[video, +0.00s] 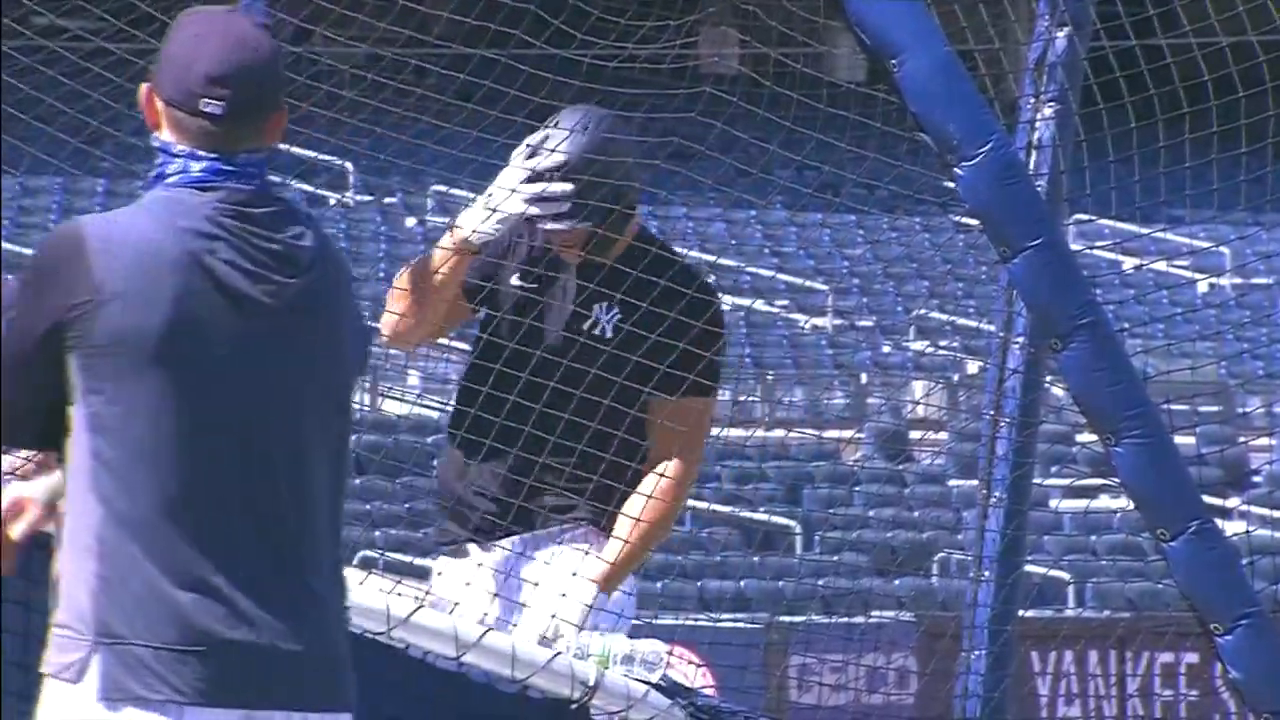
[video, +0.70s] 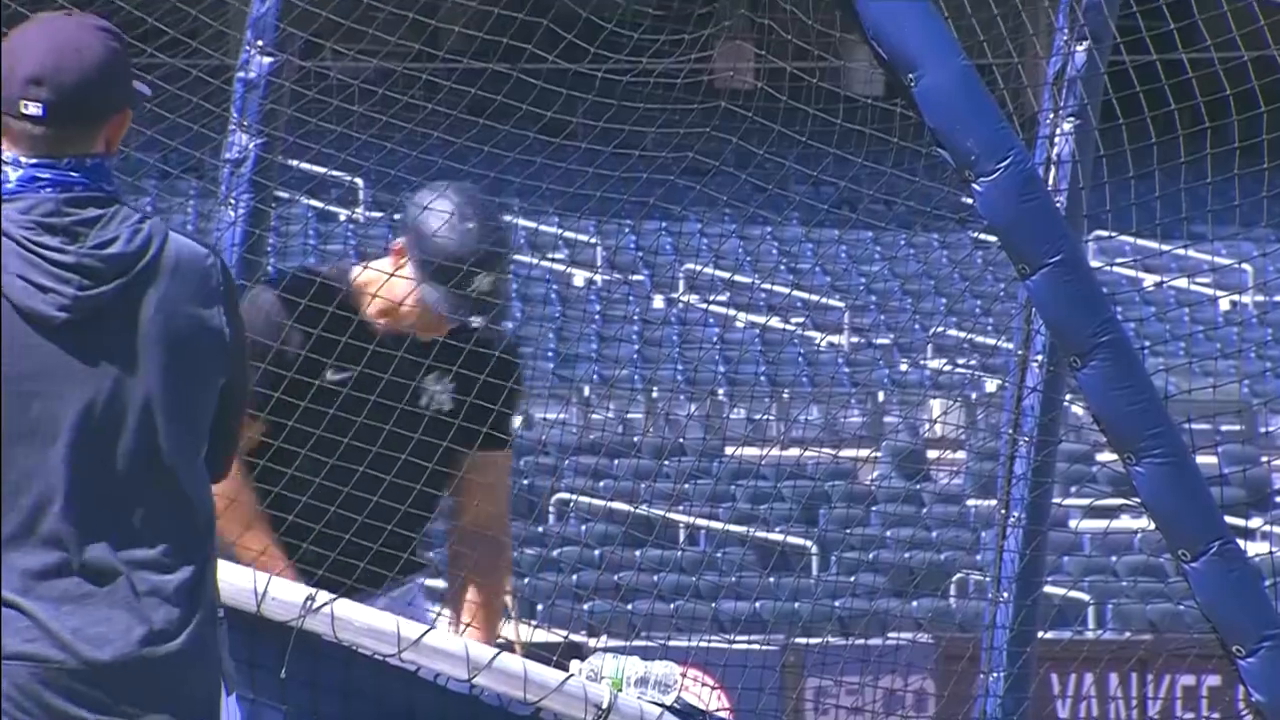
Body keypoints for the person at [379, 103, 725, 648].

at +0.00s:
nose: (552, 231)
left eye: (567, 216)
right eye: (543, 213)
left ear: (615, 207)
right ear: (526, 200)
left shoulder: (678, 298)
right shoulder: (516, 248)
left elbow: (673, 460)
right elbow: (398, 328)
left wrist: (594, 585)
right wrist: (485, 218)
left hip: (577, 543)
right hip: (471, 532)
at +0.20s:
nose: (555, 244)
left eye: (574, 233)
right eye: (545, 227)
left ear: (614, 217)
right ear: (528, 200)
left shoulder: (660, 304)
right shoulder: (482, 238)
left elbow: (639, 481)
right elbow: (381, 330)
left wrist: (581, 617)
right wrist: (475, 233)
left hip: (544, 548)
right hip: (426, 537)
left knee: (535, 702)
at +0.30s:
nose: (561, 251)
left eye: (580, 237)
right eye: (548, 228)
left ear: (613, 219)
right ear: (523, 196)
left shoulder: (643, 303)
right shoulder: (465, 224)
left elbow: (622, 468)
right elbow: (360, 344)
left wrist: (579, 613)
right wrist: (454, 266)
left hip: (534, 553)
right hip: (406, 538)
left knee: (515, 709)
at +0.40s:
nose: (547, 266)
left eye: (567, 256)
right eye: (535, 246)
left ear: (601, 234)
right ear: (510, 195)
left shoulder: (622, 315)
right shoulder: (442, 228)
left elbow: (597, 478)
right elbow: (336, 358)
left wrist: (551, 631)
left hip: (511, 556)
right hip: (379, 540)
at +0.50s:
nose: (524, 276)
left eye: (545, 267)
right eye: (518, 256)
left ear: (576, 244)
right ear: (493, 206)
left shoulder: (588, 327)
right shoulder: (400, 248)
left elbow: (566, 490)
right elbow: (307, 368)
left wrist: (540, 651)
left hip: (476, 564)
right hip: (342, 548)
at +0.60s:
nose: (495, 299)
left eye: (513, 288)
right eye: (486, 280)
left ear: (539, 267)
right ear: (454, 229)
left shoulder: (543, 340)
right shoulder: (349, 280)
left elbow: (534, 498)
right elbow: (261, 399)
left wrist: (514, 648)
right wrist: (324, 530)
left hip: (436, 576)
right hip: (302, 563)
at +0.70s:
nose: (444, 324)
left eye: (461, 312)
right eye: (435, 304)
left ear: (485, 293)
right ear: (400, 254)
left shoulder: (485, 363)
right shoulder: (284, 315)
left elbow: (482, 526)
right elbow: (216, 464)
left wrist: (476, 659)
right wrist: (293, 603)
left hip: (394, 610)